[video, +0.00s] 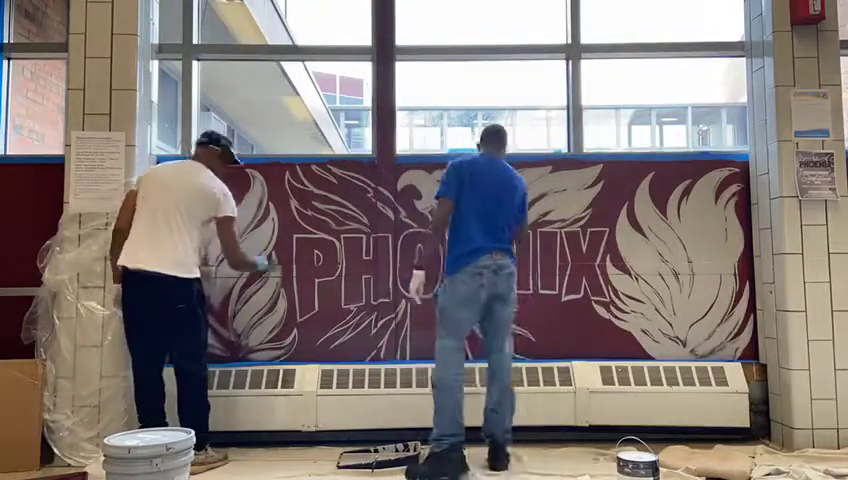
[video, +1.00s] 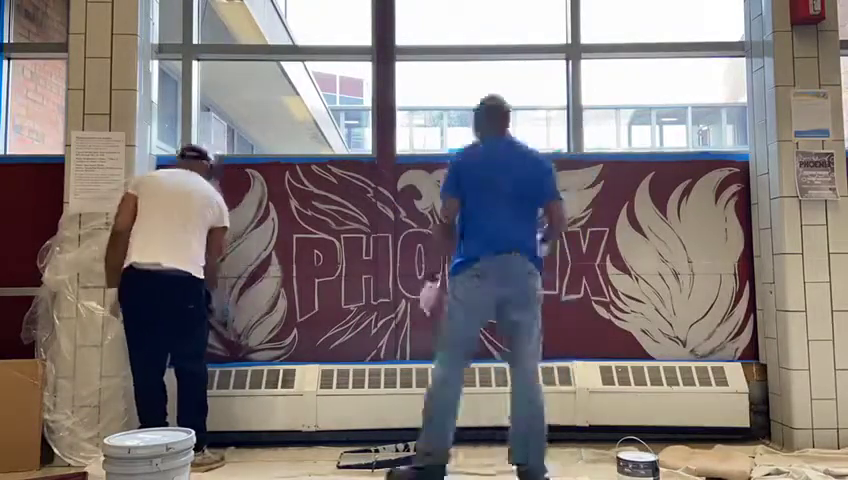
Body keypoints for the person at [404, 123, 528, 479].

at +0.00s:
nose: (488, 149)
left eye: (484, 144)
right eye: (497, 145)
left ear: (479, 144)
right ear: (505, 148)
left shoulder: (461, 166)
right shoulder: (517, 181)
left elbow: (442, 214)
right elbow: (518, 232)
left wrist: (439, 237)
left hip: (466, 265)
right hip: (505, 268)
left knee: (450, 345)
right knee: (499, 351)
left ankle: (448, 443)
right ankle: (499, 445)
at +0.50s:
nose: (497, 152)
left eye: (490, 144)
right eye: (505, 148)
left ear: (483, 144)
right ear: (512, 149)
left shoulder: (458, 175)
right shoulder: (520, 182)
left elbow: (440, 222)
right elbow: (519, 228)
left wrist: (457, 199)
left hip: (467, 272)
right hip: (507, 271)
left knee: (479, 355)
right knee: (532, 353)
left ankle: (492, 443)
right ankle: (552, 437)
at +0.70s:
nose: (538, 147)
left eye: (530, 138)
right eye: (544, 142)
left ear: (520, 140)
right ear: (547, 144)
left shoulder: (494, 175)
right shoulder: (559, 178)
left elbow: (478, 222)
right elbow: (560, 220)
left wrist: (485, 247)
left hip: (505, 272)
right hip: (546, 271)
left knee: (498, 354)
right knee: (553, 355)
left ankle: (493, 443)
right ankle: (562, 443)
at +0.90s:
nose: (569, 147)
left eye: (560, 139)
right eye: (577, 142)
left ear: (553, 140)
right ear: (581, 144)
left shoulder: (528, 173)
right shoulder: (592, 182)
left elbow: (510, 225)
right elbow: (592, 227)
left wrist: (498, 271)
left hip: (531, 273)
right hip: (573, 273)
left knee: (514, 355)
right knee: (567, 357)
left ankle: (506, 438)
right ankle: (563, 441)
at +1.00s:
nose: (478, 131)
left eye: (476, 124)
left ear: (477, 125)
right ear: (508, 123)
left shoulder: (465, 159)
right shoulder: (535, 161)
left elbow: (447, 216)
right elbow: (558, 220)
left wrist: (446, 266)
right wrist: (543, 241)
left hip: (475, 267)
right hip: (522, 266)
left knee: (449, 363)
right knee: (526, 369)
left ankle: (431, 459)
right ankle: (531, 466)